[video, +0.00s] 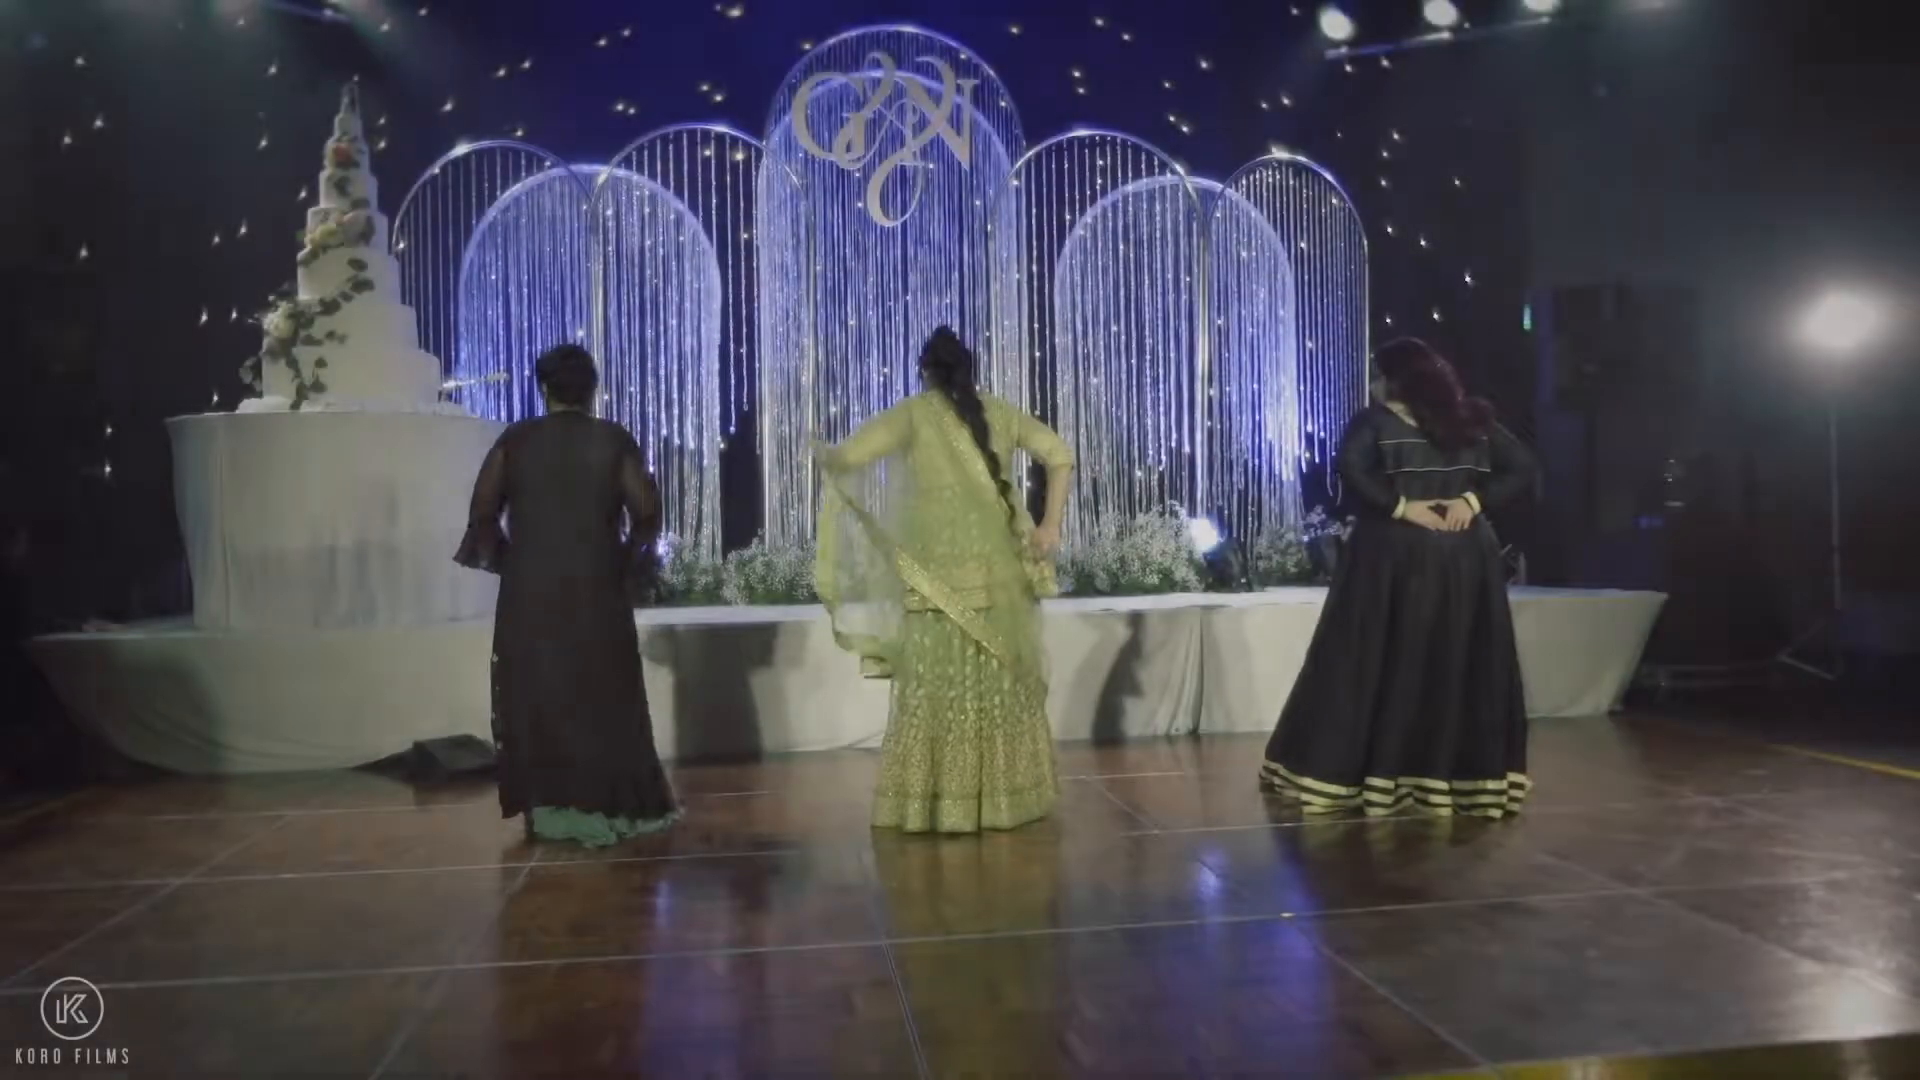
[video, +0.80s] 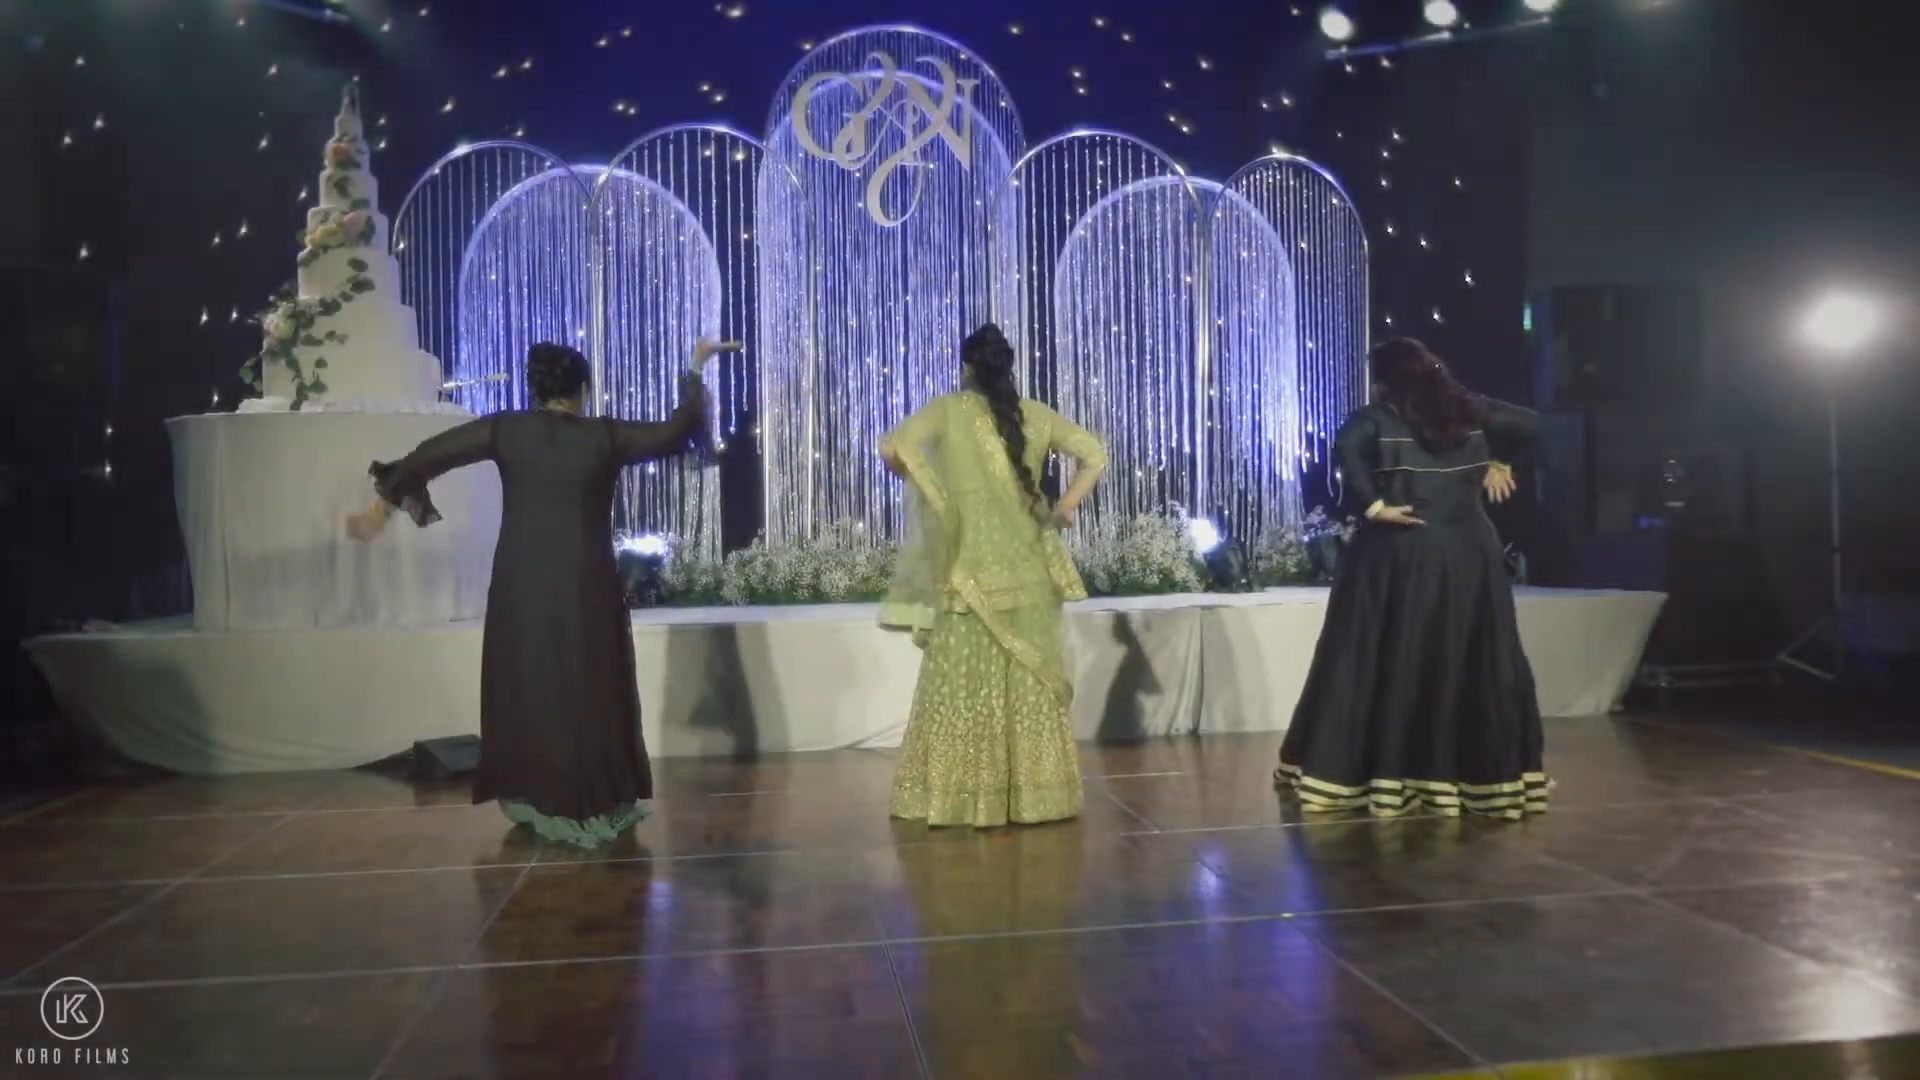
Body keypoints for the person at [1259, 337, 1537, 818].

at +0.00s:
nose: (1375, 386)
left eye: (1378, 378)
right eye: (1376, 378)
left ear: (1392, 381)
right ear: (1433, 376)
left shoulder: (1376, 421)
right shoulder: (1471, 421)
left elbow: (1351, 469)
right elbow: (1523, 468)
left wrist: (1401, 506)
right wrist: (1475, 498)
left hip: (1398, 567)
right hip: (1467, 567)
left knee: (1390, 668)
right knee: (1460, 670)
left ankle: (1383, 780)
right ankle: (1455, 782)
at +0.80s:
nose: (1375, 386)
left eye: (1376, 379)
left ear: (1382, 380)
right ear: (1431, 370)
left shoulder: (1373, 420)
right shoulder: (1465, 408)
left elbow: (1347, 453)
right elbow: (1528, 423)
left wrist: (1371, 505)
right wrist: (1500, 461)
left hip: (1405, 554)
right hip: (1471, 550)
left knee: (1397, 664)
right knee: (1470, 663)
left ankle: (1393, 780)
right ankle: (1474, 781)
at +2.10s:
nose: (1413, 378)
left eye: (1418, 371)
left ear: (1423, 378)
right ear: (1475, 372)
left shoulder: (1412, 418)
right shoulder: (1502, 408)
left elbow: (1348, 402)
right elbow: (1520, 354)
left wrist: (1333, 343)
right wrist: (1514, 294)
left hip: (1425, 547)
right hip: (1493, 546)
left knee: (1419, 662)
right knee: (1491, 663)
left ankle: (1417, 784)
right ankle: (1494, 784)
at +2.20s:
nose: (1413, 383)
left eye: (1417, 375)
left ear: (1425, 380)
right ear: (1476, 375)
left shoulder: (1416, 421)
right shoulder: (1503, 411)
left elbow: (1360, 380)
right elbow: (1505, 356)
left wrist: (1369, 316)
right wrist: (1473, 299)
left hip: (1430, 547)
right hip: (1496, 543)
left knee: (1426, 662)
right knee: (1495, 662)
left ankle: (1421, 783)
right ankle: (1497, 783)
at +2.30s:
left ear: (1432, 377)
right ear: (1487, 375)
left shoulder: (1418, 413)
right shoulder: (1505, 414)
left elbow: (1371, 373)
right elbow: (1487, 355)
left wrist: (1409, 333)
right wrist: (1435, 328)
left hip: (1433, 543)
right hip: (1496, 542)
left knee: (1431, 657)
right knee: (1494, 657)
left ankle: (1425, 780)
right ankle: (1495, 779)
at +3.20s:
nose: (1394, 404)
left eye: (1397, 395)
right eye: (1394, 395)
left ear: (1412, 394)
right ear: (1451, 379)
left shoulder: (1413, 442)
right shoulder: (1491, 407)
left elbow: (1379, 496)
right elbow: (1510, 341)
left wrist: (1321, 529)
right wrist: (1523, 282)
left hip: (1438, 566)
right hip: (1507, 558)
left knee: (1429, 667)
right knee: (1507, 666)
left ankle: (1427, 781)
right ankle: (1510, 780)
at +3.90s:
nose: (1380, 398)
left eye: (1382, 389)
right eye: (1382, 389)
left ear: (1395, 389)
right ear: (1442, 370)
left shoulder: (1398, 433)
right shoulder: (1482, 403)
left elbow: (1367, 494)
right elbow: (1525, 359)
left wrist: (1311, 536)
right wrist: (1532, 313)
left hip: (1424, 555)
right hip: (1491, 549)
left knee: (1422, 664)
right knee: (1493, 660)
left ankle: (1425, 783)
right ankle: (1500, 779)